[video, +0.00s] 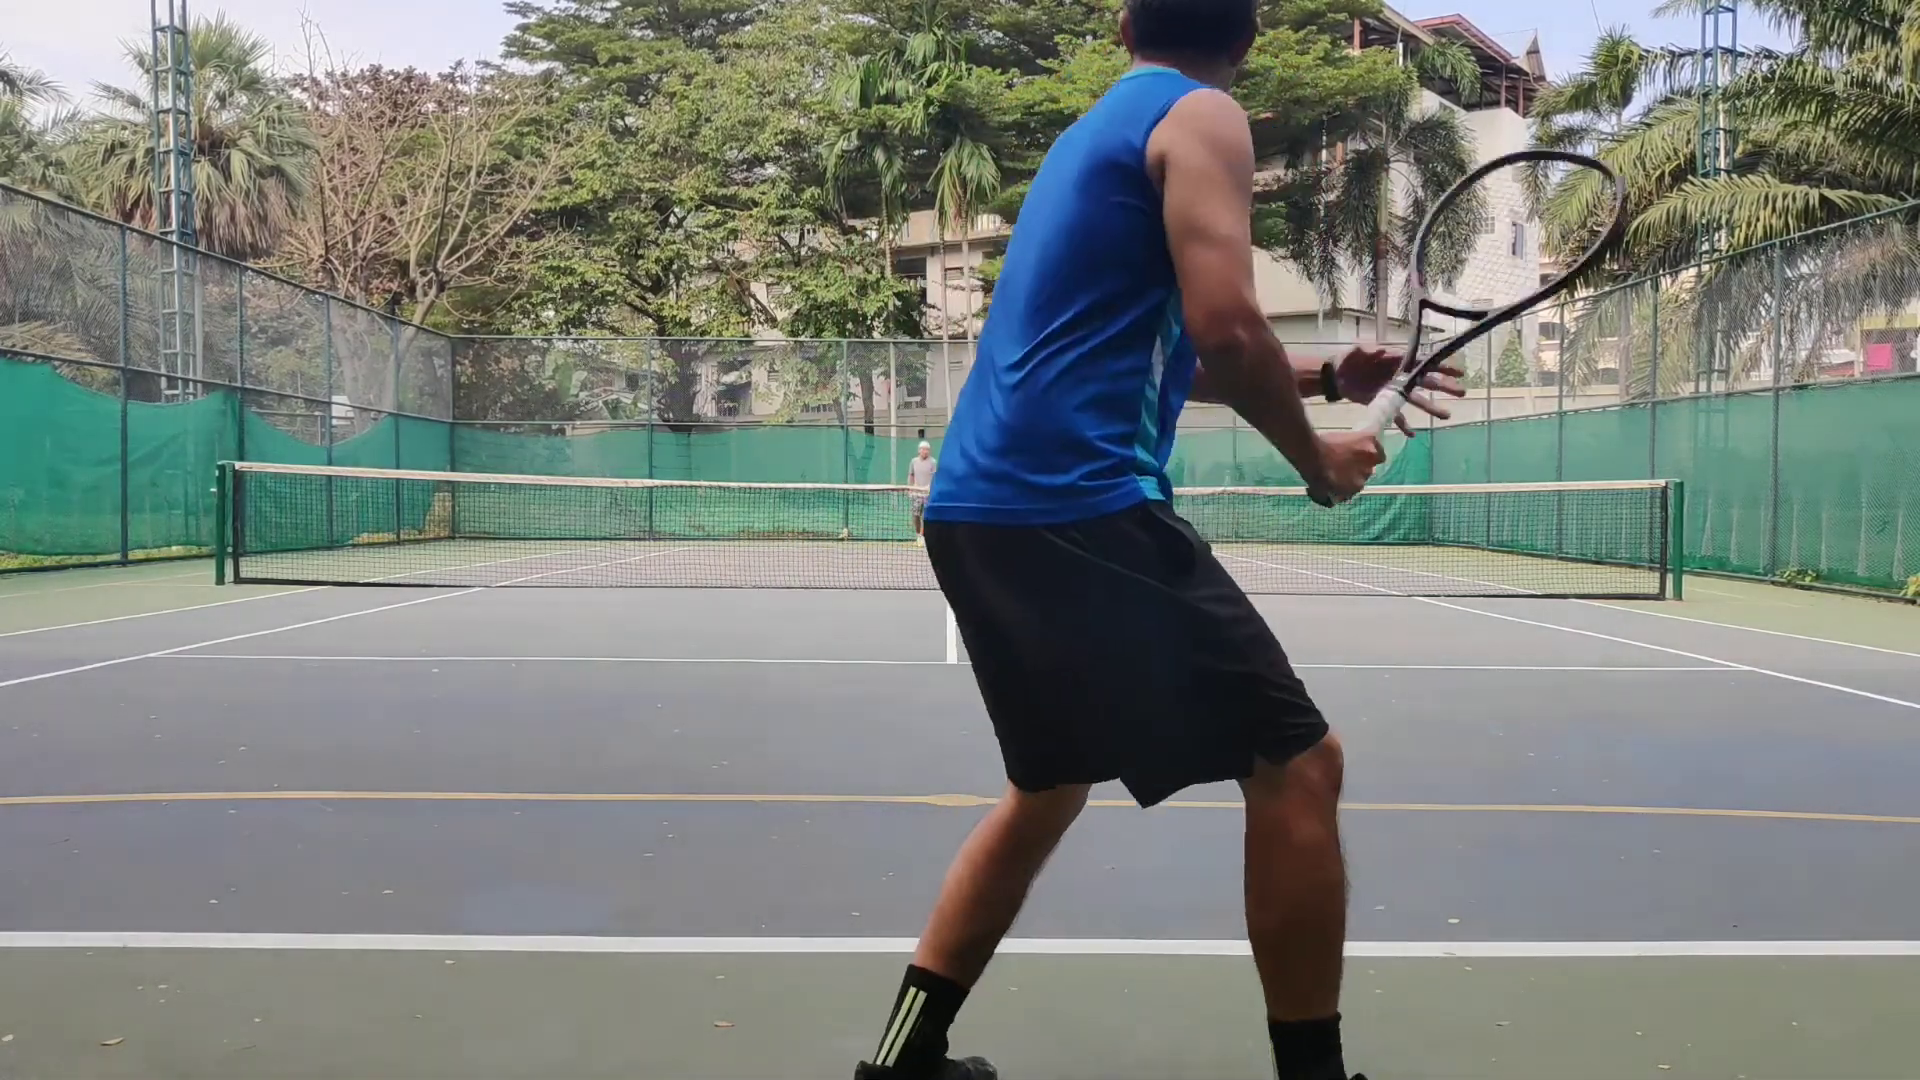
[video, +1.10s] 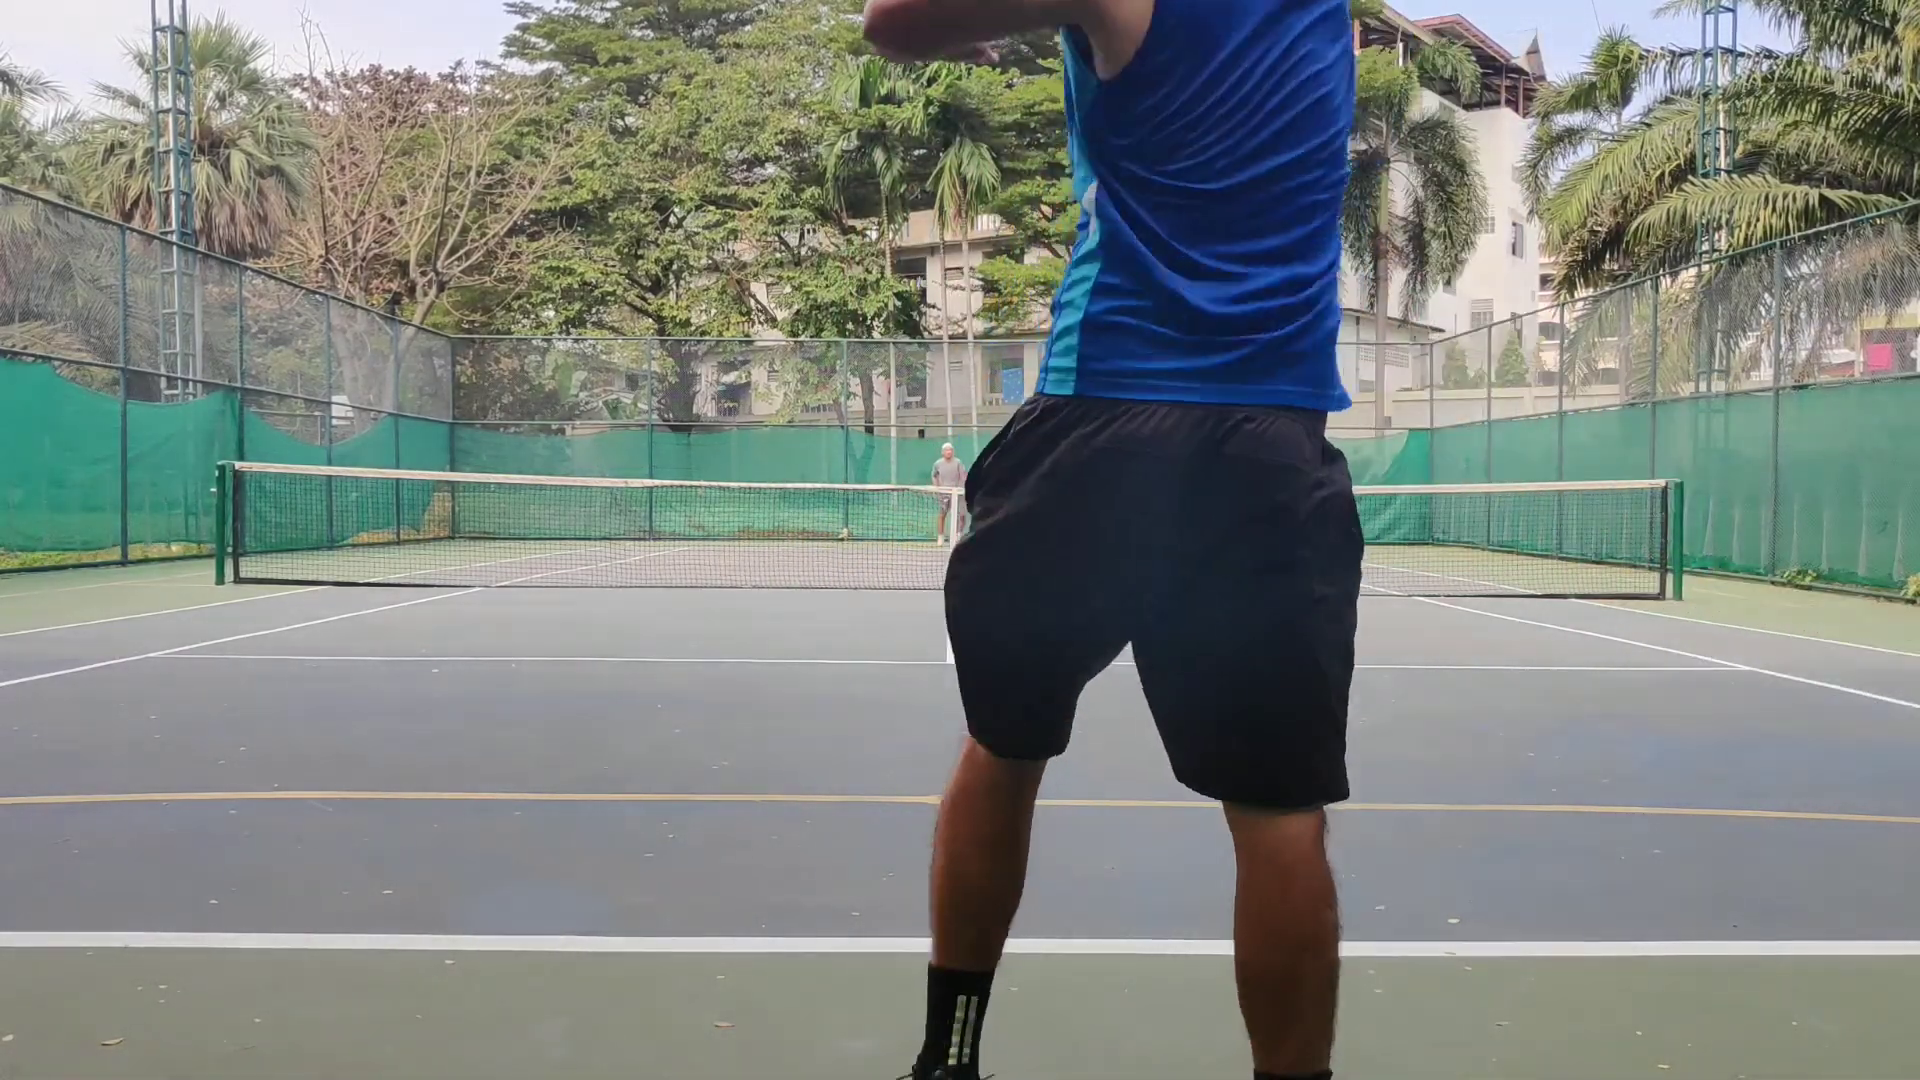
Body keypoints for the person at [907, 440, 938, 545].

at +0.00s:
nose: (924, 452)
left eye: (926, 449)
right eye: (922, 449)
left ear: (929, 451)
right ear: (919, 450)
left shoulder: (933, 462)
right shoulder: (914, 461)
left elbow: (934, 475)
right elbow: (911, 475)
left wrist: (932, 488)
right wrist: (910, 487)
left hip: (928, 491)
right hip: (916, 491)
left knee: (927, 514)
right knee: (916, 514)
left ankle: (924, 535)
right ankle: (918, 534)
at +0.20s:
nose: (924, 452)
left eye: (925, 449)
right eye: (921, 449)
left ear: (929, 451)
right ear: (918, 451)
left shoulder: (933, 461)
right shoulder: (914, 462)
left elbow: (940, 473)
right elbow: (909, 476)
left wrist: (946, 481)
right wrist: (910, 488)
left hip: (931, 491)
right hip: (918, 491)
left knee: (930, 515)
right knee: (919, 515)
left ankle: (929, 537)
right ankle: (919, 535)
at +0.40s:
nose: (927, 450)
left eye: (929, 448)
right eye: (925, 448)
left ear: (932, 449)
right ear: (921, 450)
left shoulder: (937, 460)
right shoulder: (917, 461)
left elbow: (943, 472)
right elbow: (910, 473)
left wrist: (948, 483)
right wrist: (911, 486)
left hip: (934, 490)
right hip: (921, 491)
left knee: (939, 514)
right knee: (921, 515)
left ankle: (941, 536)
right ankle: (920, 536)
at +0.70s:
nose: (939, 453)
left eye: (941, 451)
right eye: (937, 451)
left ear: (943, 452)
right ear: (933, 453)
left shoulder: (948, 464)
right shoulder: (928, 464)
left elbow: (951, 477)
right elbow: (924, 477)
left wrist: (951, 488)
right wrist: (925, 488)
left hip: (945, 491)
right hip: (932, 491)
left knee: (949, 515)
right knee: (928, 514)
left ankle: (950, 534)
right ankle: (921, 534)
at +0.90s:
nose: (946, 451)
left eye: (948, 449)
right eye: (944, 449)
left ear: (950, 450)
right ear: (940, 451)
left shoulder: (955, 461)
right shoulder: (935, 462)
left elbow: (959, 474)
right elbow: (933, 475)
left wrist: (957, 485)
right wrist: (934, 486)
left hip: (952, 490)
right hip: (939, 490)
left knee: (954, 513)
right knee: (937, 512)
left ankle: (954, 534)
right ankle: (934, 534)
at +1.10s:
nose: (948, 452)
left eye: (950, 450)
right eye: (946, 450)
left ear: (953, 452)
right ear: (942, 452)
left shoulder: (958, 463)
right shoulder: (938, 464)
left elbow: (963, 475)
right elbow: (934, 476)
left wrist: (961, 486)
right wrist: (937, 486)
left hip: (957, 490)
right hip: (943, 490)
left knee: (960, 513)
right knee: (942, 513)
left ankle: (958, 533)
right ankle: (940, 535)